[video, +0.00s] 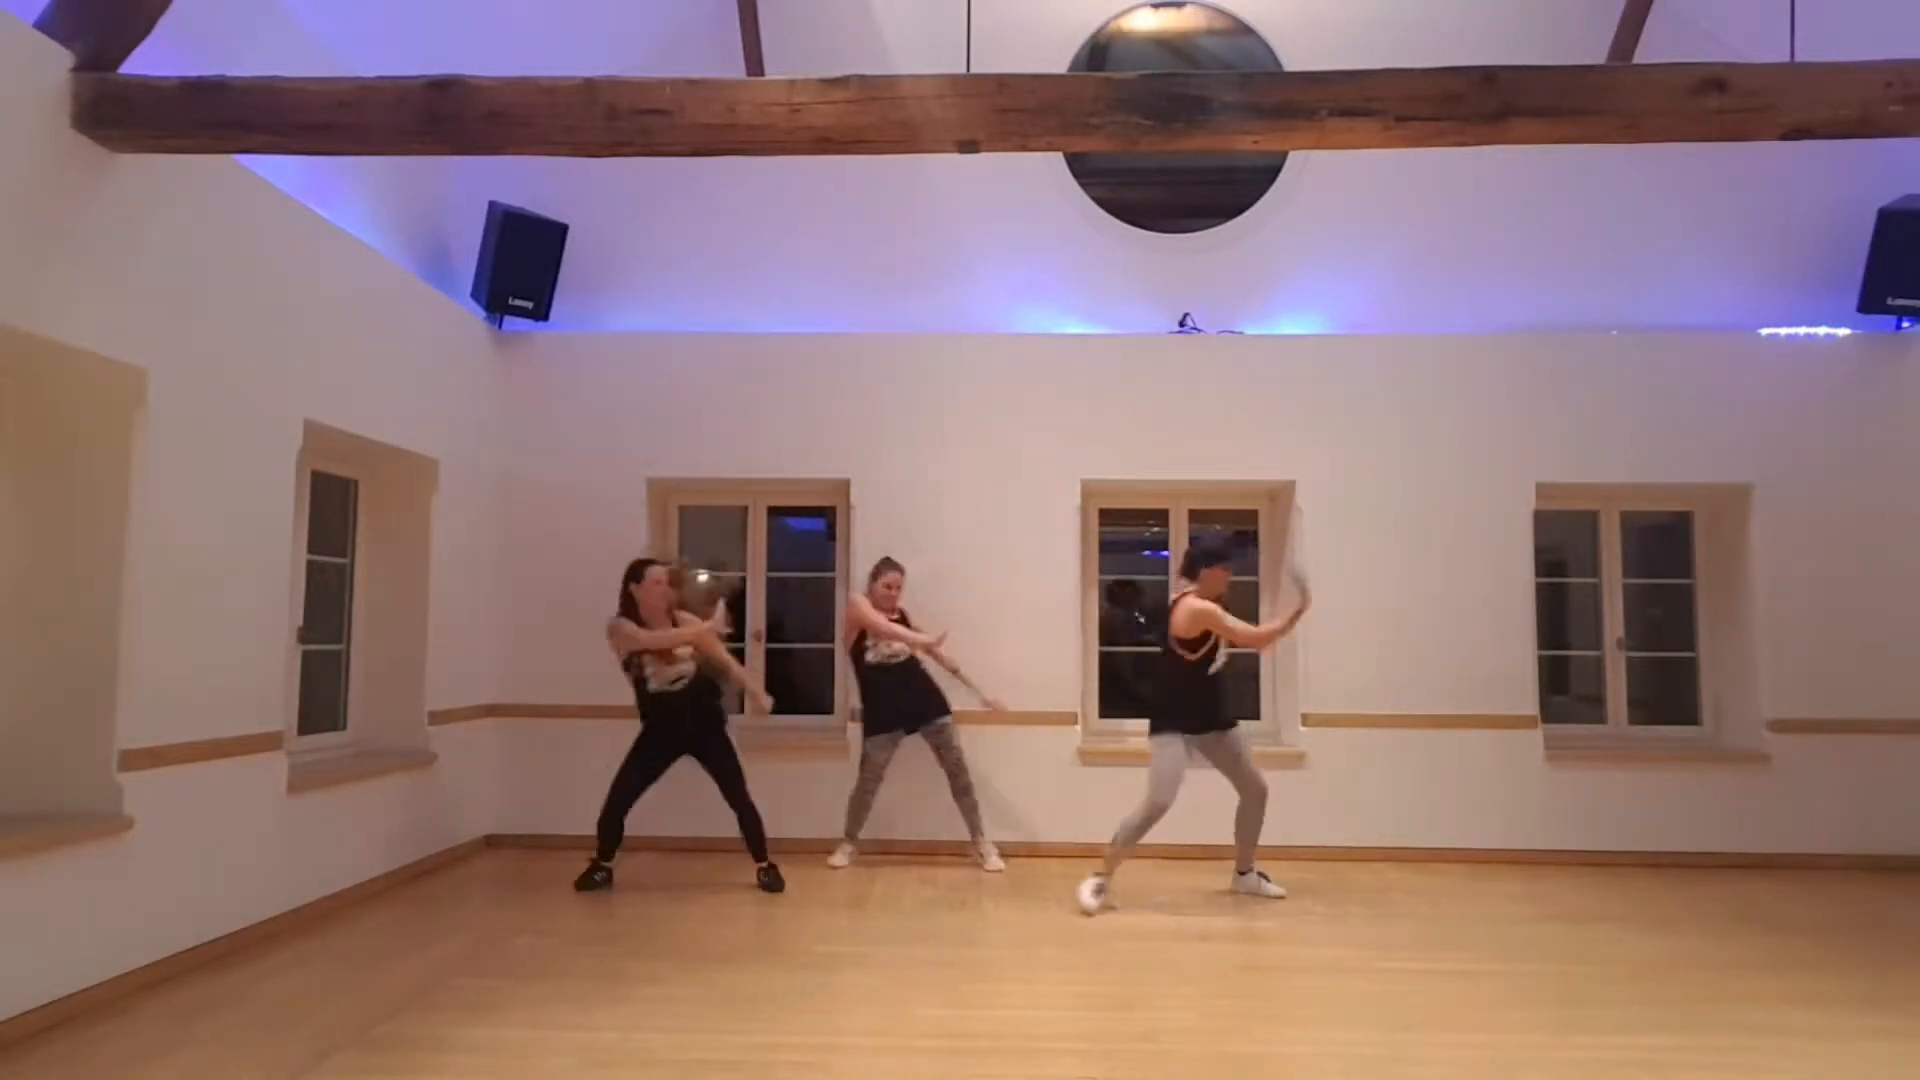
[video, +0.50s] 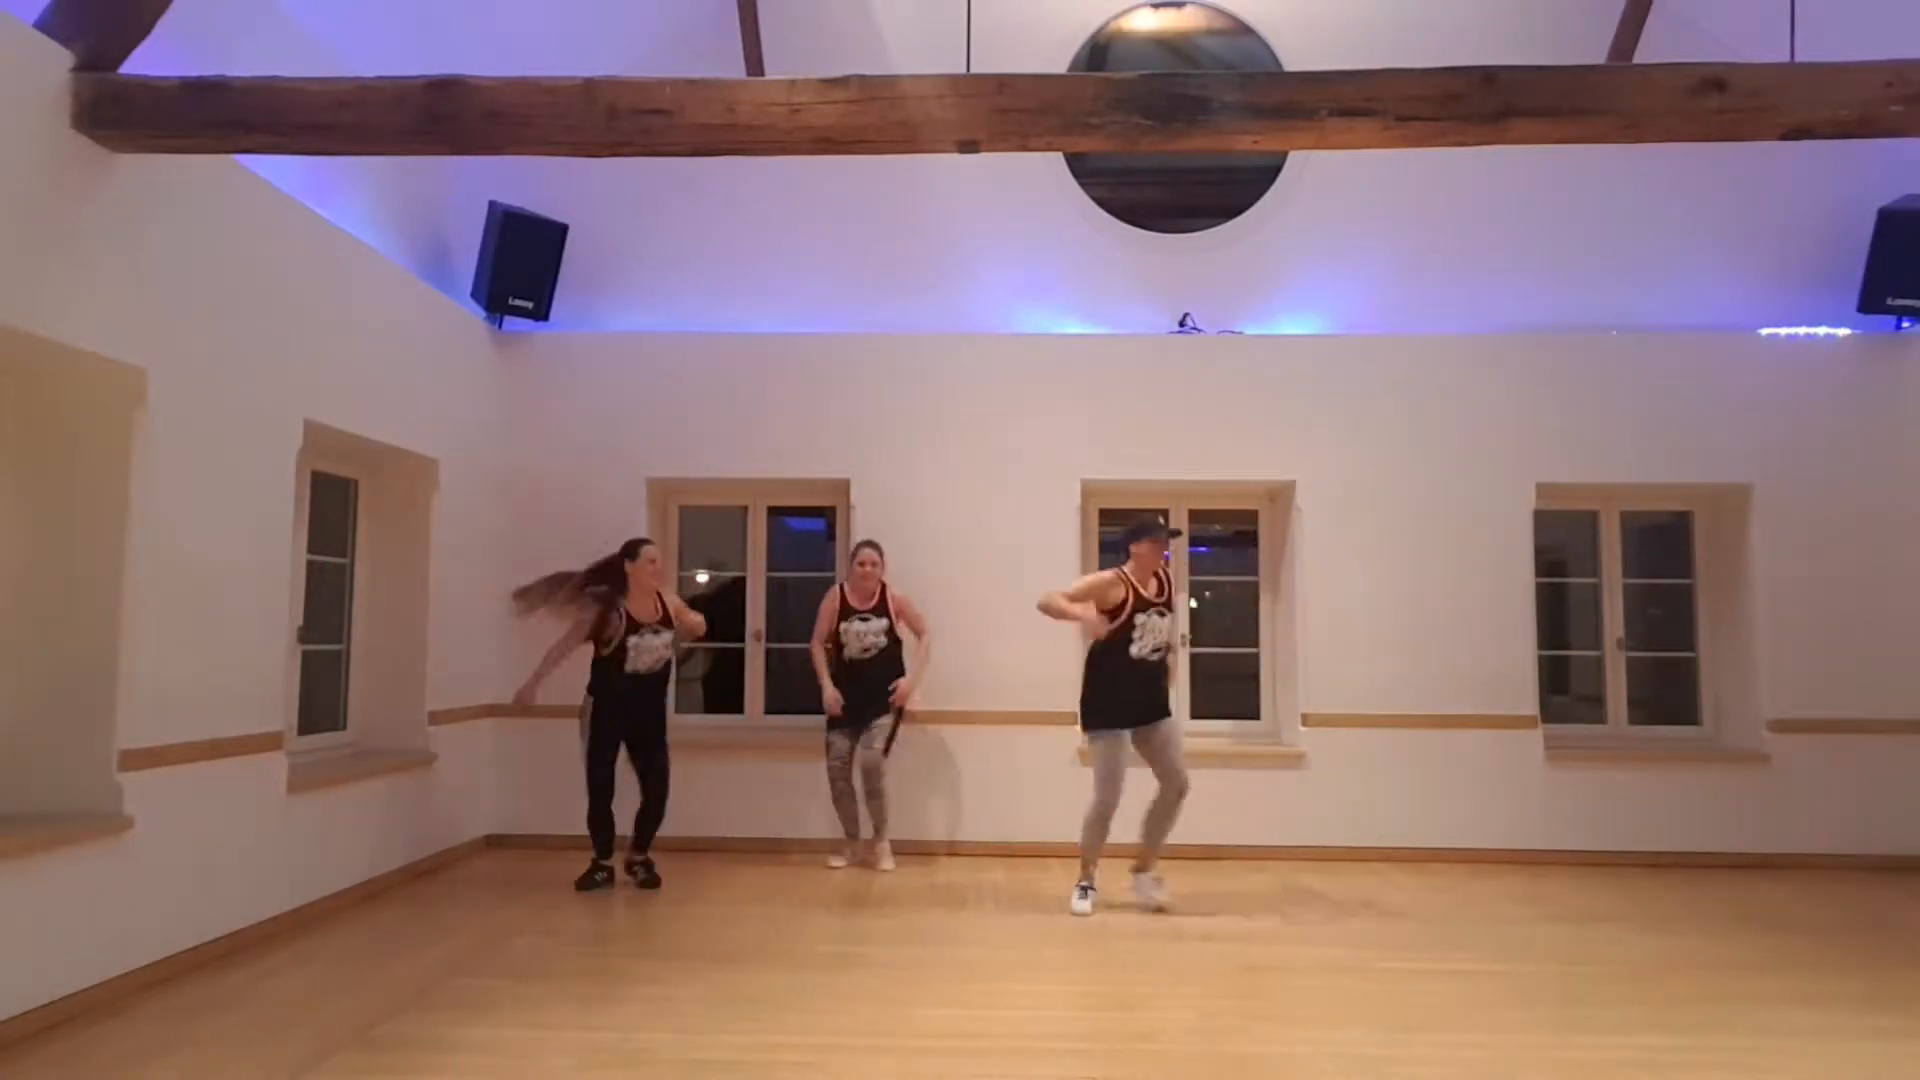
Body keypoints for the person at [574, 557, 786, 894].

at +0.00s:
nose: (665, 590)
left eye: (668, 584)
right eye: (657, 584)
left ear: (673, 590)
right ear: (634, 590)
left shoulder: (686, 621)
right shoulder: (620, 628)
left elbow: (723, 659)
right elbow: (644, 641)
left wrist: (756, 691)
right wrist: (706, 629)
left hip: (705, 730)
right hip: (660, 734)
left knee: (739, 799)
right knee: (617, 800)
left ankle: (764, 865)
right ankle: (602, 865)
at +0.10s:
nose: (653, 580)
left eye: (654, 574)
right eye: (645, 574)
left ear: (655, 579)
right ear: (623, 580)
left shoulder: (672, 615)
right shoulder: (606, 620)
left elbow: (706, 654)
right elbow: (623, 644)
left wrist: (732, 693)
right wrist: (676, 639)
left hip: (686, 721)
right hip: (642, 726)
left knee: (721, 792)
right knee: (609, 798)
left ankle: (759, 862)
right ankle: (602, 865)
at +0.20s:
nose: (650, 562)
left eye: (651, 556)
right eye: (642, 556)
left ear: (651, 561)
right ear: (619, 561)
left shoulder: (666, 597)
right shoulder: (600, 602)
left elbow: (701, 636)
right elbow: (597, 640)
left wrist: (721, 678)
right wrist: (628, 663)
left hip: (672, 702)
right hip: (629, 706)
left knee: (705, 779)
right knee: (610, 789)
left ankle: (745, 856)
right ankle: (603, 864)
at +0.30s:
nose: (652, 550)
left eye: (653, 544)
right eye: (645, 545)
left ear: (653, 548)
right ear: (623, 549)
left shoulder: (666, 585)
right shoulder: (596, 592)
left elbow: (704, 614)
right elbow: (555, 627)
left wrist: (712, 661)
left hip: (665, 694)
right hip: (621, 696)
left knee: (689, 772)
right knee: (609, 782)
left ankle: (708, 852)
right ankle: (603, 863)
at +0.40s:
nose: (654, 551)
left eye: (655, 545)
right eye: (647, 546)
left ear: (654, 551)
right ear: (625, 551)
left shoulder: (666, 586)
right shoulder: (601, 596)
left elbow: (703, 611)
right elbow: (563, 645)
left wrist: (703, 638)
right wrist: (539, 698)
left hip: (659, 697)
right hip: (616, 699)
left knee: (673, 778)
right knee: (606, 782)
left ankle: (664, 848)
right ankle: (603, 863)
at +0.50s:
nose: (659, 568)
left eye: (658, 561)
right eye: (651, 562)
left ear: (658, 566)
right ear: (630, 567)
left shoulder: (667, 602)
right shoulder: (607, 610)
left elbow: (699, 628)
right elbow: (564, 646)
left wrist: (689, 620)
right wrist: (531, 685)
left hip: (649, 710)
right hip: (607, 709)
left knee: (657, 790)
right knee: (600, 788)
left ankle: (638, 857)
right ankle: (602, 863)